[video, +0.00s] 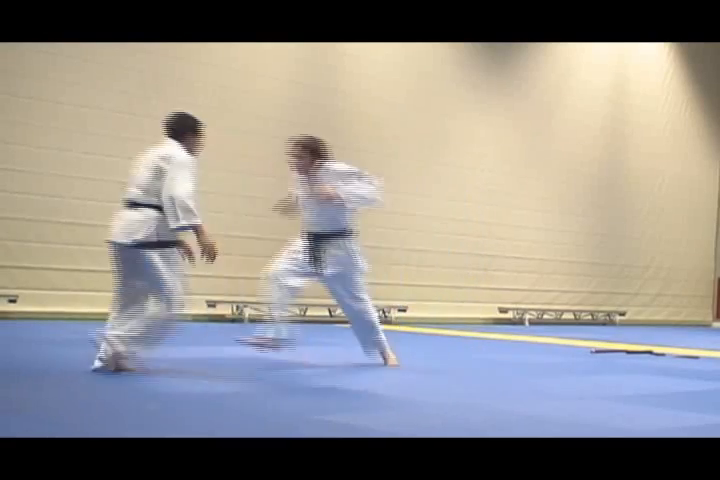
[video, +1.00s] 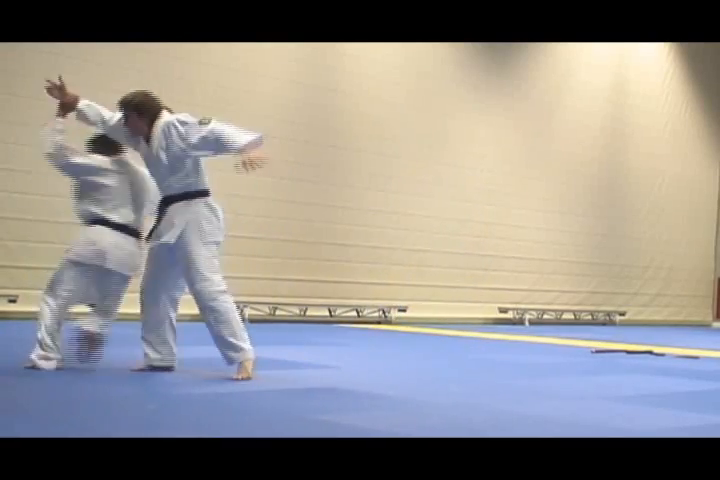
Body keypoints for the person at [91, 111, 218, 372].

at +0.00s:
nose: (201, 141)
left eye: (201, 136)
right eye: (198, 136)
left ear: (174, 134)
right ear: (186, 136)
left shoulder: (156, 152)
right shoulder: (180, 157)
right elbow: (178, 196)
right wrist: (202, 235)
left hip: (124, 233)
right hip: (147, 236)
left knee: (130, 296)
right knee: (172, 303)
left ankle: (109, 354)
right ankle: (123, 343)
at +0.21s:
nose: (159, 145)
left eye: (158, 140)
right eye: (156, 140)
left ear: (132, 139)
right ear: (146, 141)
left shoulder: (127, 161)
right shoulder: (126, 159)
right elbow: (157, 186)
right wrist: (197, 180)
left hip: (111, 238)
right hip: (98, 232)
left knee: (131, 297)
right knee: (83, 296)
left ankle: (111, 360)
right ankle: (24, 357)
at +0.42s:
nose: (140, 144)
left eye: (139, 138)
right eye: (140, 139)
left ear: (112, 130)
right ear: (134, 141)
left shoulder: (90, 140)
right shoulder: (120, 167)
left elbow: (77, 129)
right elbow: (134, 215)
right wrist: (155, 247)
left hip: (58, 220)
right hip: (68, 226)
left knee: (95, 290)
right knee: (74, 295)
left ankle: (101, 355)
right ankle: (31, 360)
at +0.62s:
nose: (131, 159)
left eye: (132, 153)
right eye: (131, 153)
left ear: (104, 142)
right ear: (124, 151)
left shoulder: (73, 145)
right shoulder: (115, 179)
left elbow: (32, 127)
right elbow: (124, 224)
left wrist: (60, 108)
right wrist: (107, 234)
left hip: (40, 227)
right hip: (68, 235)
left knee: (42, 297)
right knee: (78, 305)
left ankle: (56, 356)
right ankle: (33, 362)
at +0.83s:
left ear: (73, 149)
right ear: (103, 144)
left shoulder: (67, 164)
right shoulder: (126, 168)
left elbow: (27, 150)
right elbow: (153, 198)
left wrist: (41, 126)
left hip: (71, 240)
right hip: (105, 245)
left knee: (44, 290)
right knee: (79, 309)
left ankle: (45, 355)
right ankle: (34, 354)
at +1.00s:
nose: (88, 154)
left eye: (91, 151)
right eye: (90, 151)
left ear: (97, 149)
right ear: (122, 149)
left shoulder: (96, 164)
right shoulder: (138, 173)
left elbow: (58, 154)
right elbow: (153, 199)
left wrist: (60, 118)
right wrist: (141, 230)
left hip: (96, 241)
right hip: (128, 250)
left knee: (56, 297)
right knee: (106, 309)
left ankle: (46, 354)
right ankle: (93, 333)